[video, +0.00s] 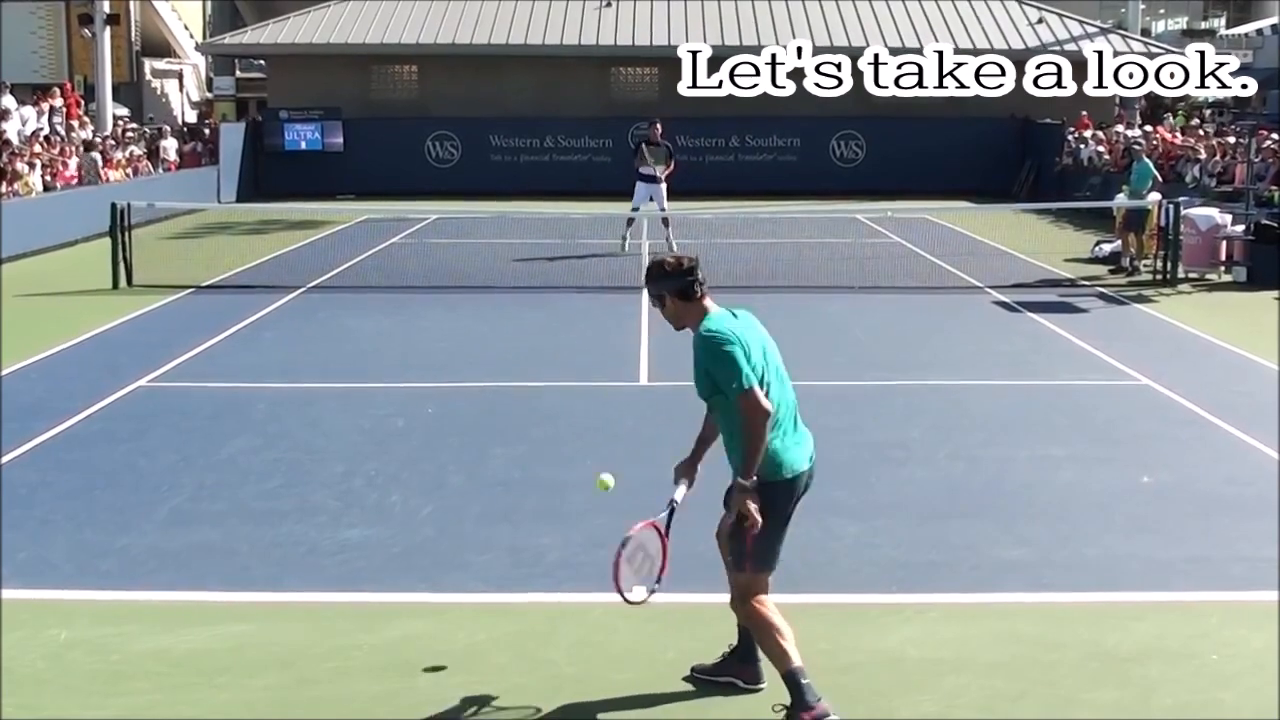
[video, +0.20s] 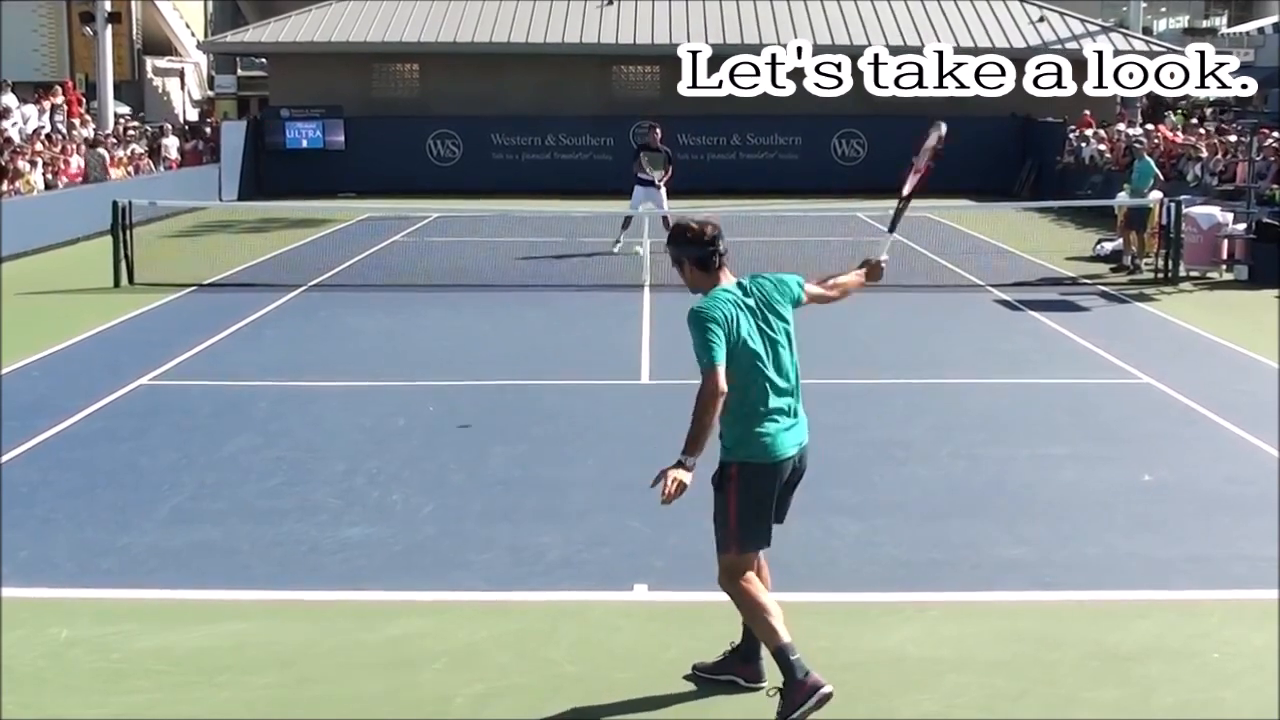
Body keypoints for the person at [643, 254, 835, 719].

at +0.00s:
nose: (660, 313)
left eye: (660, 303)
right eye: (657, 305)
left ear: (680, 298)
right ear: (693, 292)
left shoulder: (715, 339)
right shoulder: (731, 320)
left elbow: (757, 410)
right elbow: (722, 403)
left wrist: (744, 485)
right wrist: (694, 458)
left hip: (776, 473)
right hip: (787, 459)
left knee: (748, 596)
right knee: (728, 539)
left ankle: (806, 699)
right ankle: (745, 659)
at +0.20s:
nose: (678, 275)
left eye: (678, 266)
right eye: (677, 266)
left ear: (690, 266)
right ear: (722, 258)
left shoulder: (708, 310)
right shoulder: (772, 286)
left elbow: (714, 387)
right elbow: (829, 289)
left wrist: (686, 460)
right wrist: (866, 272)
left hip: (751, 458)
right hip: (790, 448)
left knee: (734, 574)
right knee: (751, 550)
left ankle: (798, 677)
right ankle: (746, 658)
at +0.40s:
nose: (704, 254)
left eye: (703, 247)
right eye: (706, 246)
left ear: (709, 251)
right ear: (750, 247)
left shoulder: (707, 302)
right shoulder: (789, 279)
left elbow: (684, 374)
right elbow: (867, 267)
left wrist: (637, 441)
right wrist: (942, 228)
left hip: (748, 456)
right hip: (798, 449)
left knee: (723, 568)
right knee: (769, 551)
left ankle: (774, 687)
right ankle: (750, 658)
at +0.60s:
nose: (735, 249)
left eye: (731, 241)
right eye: (758, 241)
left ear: (728, 246)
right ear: (773, 245)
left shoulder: (706, 301)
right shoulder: (800, 290)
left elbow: (668, 375)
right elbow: (882, 309)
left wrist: (635, 440)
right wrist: (960, 306)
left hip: (746, 461)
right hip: (806, 452)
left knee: (756, 580)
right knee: (792, 561)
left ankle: (780, 698)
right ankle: (770, 655)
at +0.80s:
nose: (765, 228)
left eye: (752, 220)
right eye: (785, 219)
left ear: (749, 227)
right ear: (795, 227)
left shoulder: (721, 278)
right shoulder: (818, 276)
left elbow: (701, 364)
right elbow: (871, 348)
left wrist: (742, 390)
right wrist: (899, 401)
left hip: (749, 443)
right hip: (814, 437)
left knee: (731, 565)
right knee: (834, 550)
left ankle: (718, 692)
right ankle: (855, 674)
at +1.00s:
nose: (781, 270)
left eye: (773, 262)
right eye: (803, 263)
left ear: (769, 267)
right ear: (814, 270)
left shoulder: (735, 320)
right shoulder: (836, 324)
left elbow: (716, 403)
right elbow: (861, 406)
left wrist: (762, 417)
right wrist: (841, 463)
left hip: (752, 481)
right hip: (818, 480)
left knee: (717, 591)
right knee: (857, 583)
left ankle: (697, 701)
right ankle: (873, 701)